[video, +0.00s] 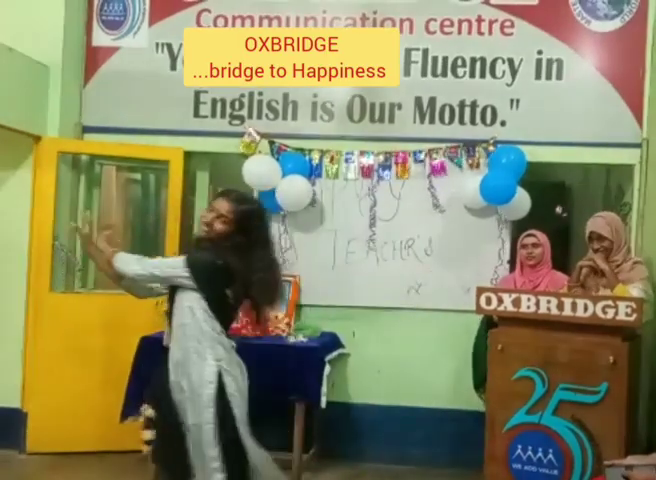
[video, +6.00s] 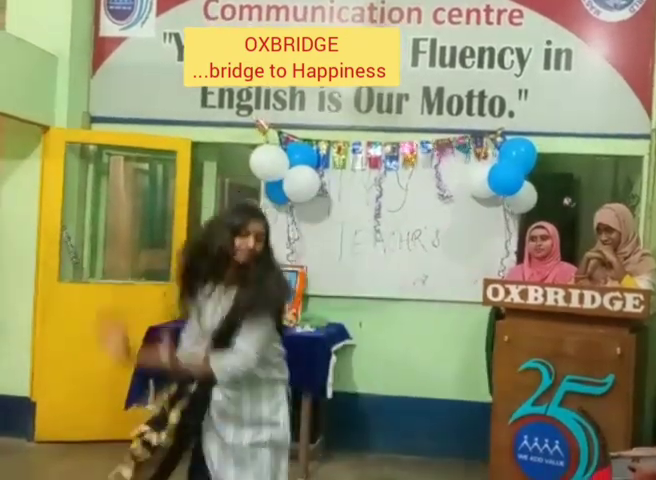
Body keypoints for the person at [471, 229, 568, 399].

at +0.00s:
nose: (530, 251)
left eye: (535, 246)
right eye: (525, 247)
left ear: (545, 250)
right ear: (518, 252)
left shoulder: (561, 282)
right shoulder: (506, 282)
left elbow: (566, 321)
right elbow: (492, 321)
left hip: (548, 352)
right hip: (511, 351)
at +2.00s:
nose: (531, 251)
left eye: (536, 246)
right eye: (525, 247)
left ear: (546, 250)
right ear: (519, 252)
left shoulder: (561, 281)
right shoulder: (507, 282)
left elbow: (565, 318)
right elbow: (496, 319)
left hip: (548, 349)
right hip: (512, 348)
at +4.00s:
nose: (531, 252)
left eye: (537, 247)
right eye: (526, 247)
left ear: (547, 251)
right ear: (520, 252)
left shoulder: (562, 281)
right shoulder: (508, 281)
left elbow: (565, 316)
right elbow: (498, 317)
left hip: (550, 347)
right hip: (514, 346)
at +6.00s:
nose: (538, 244)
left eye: (544, 239)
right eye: (533, 239)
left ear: (554, 242)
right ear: (527, 244)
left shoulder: (568, 272)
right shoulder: (515, 272)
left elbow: (572, 310)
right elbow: (503, 310)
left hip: (555, 341)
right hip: (518, 341)